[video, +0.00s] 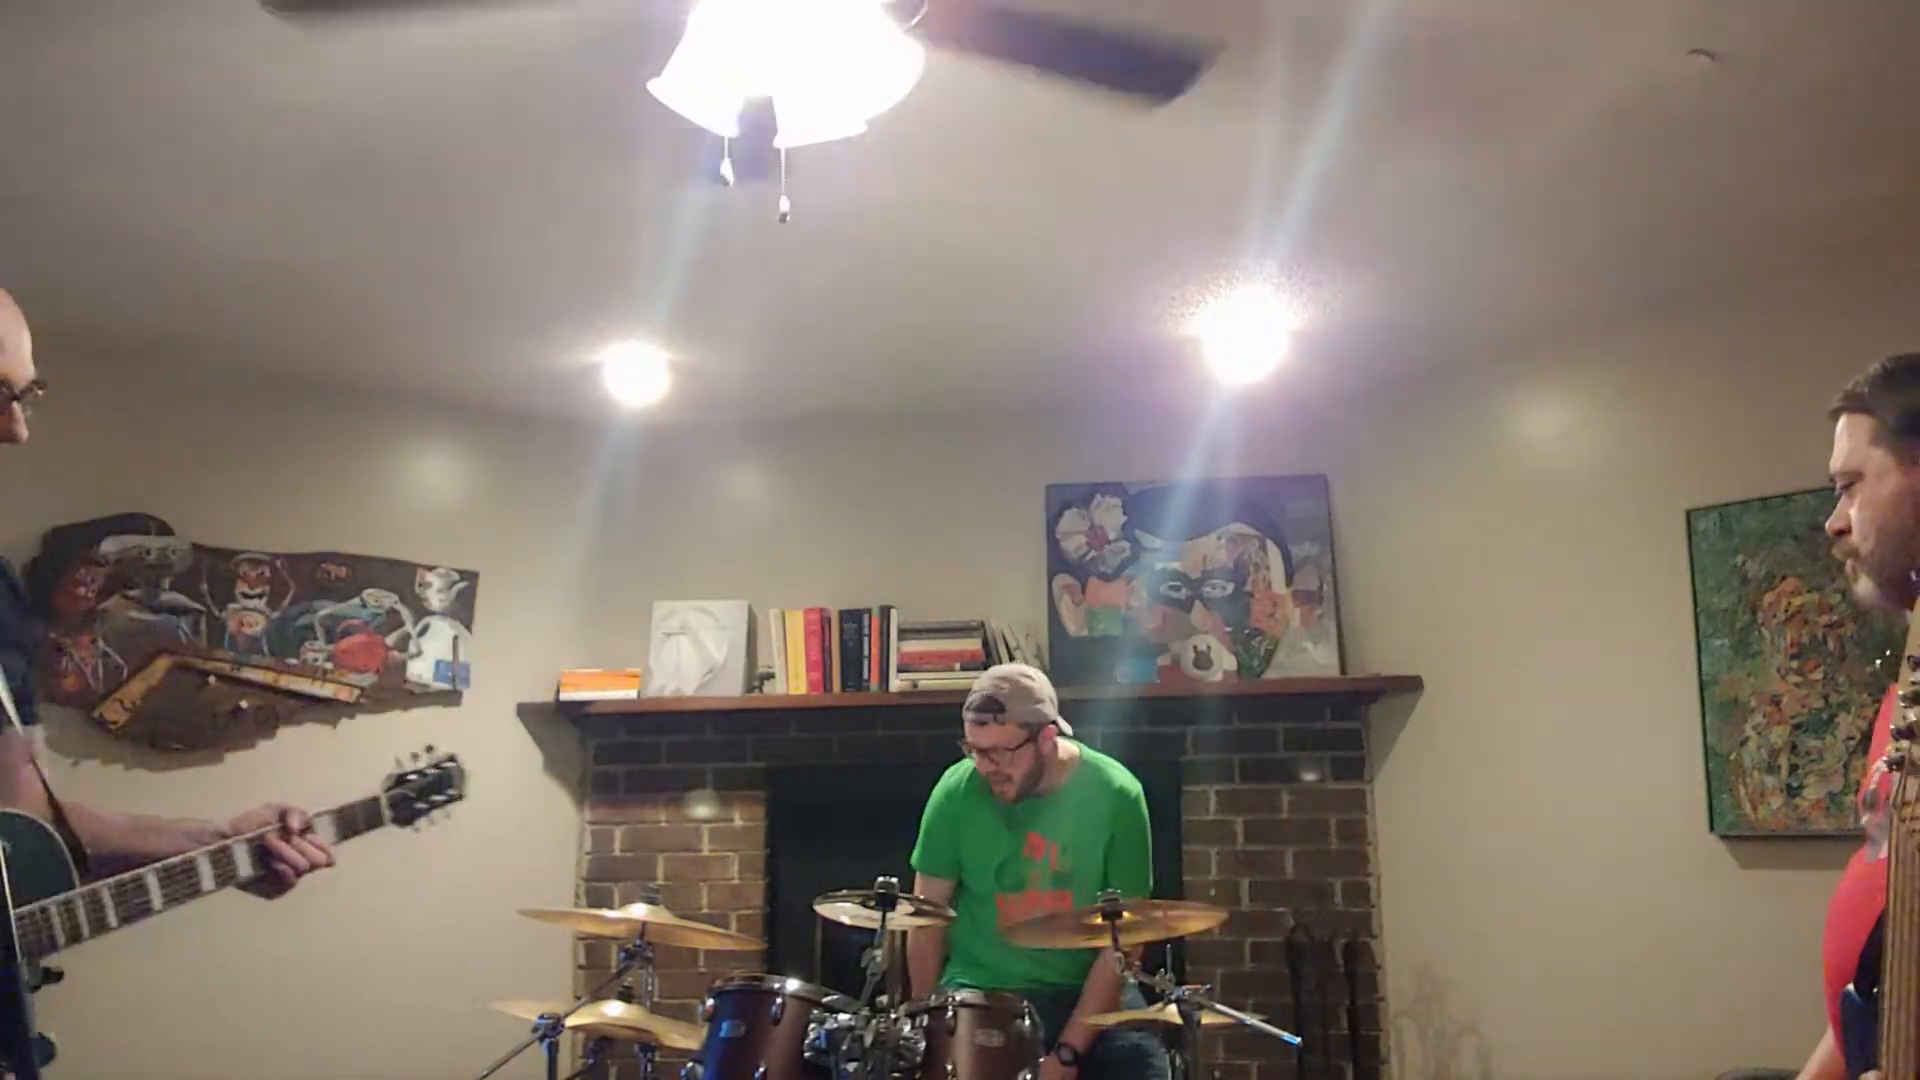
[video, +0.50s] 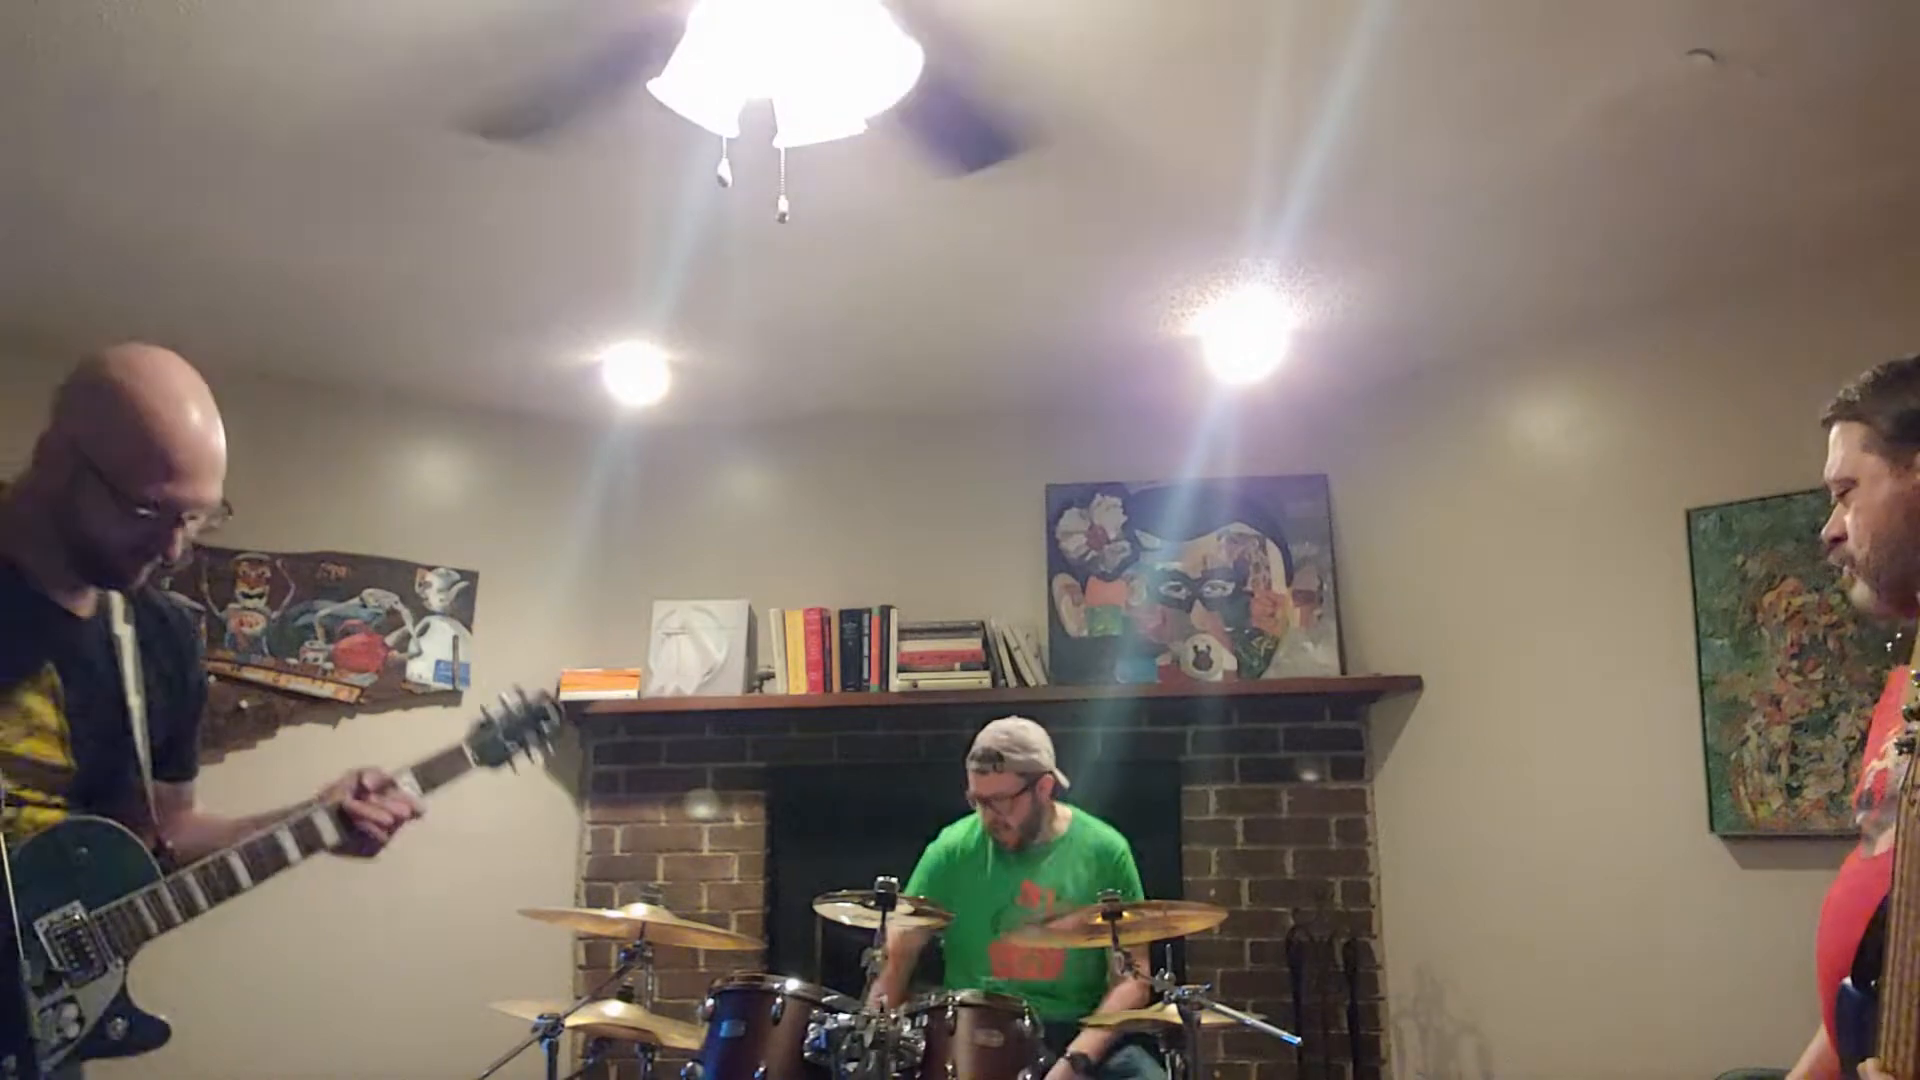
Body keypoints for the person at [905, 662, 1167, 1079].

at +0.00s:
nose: (984, 768)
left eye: (997, 754)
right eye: (975, 752)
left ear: (1047, 738)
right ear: (966, 742)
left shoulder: (1115, 796)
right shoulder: (956, 792)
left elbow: (1126, 937)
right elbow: (926, 917)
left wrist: (1066, 1053)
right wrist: (925, 1029)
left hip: (1085, 991)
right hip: (980, 990)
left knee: (1142, 1064)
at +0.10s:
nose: (988, 767)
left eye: (1003, 753)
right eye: (979, 752)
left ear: (1050, 737)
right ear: (970, 741)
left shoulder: (1114, 798)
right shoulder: (955, 794)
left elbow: (1128, 936)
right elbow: (925, 916)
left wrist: (1072, 1052)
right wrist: (924, 1027)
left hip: (1085, 996)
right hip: (979, 995)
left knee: (1146, 1066)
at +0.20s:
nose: (992, 770)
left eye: (1006, 755)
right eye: (983, 754)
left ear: (1054, 741)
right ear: (974, 743)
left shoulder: (1114, 806)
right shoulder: (955, 800)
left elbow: (1127, 941)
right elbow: (918, 919)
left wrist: (1080, 1060)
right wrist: (911, 1033)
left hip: (1082, 1006)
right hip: (976, 1005)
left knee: (1148, 1067)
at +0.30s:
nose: (994, 781)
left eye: (1008, 765)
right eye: (986, 764)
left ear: (1056, 752)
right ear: (976, 753)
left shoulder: (1114, 819)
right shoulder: (954, 812)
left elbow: (1128, 953)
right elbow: (908, 929)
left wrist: (1078, 1060)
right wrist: (901, 1039)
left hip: (1079, 1021)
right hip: (972, 1021)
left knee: (1147, 1069)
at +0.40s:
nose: (992, 801)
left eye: (1006, 786)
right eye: (984, 784)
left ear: (1052, 771)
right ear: (974, 770)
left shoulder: (1111, 836)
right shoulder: (953, 831)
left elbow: (1136, 962)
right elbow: (901, 934)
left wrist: (1082, 1062)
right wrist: (886, 1036)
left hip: (1077, 1031)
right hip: (970, 1029)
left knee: (1147, 1072)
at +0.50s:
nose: (988, 817)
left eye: (1001, 802)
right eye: (979, 802)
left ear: (1046, 788)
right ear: (969, 791)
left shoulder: (1105, 852)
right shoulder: (951, 850)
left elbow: (1134, 977)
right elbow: (895, 964)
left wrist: (1077, 1061)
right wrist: (877, 1048)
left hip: (1081, 1037)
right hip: (975, 1037)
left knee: (1147, 1076)